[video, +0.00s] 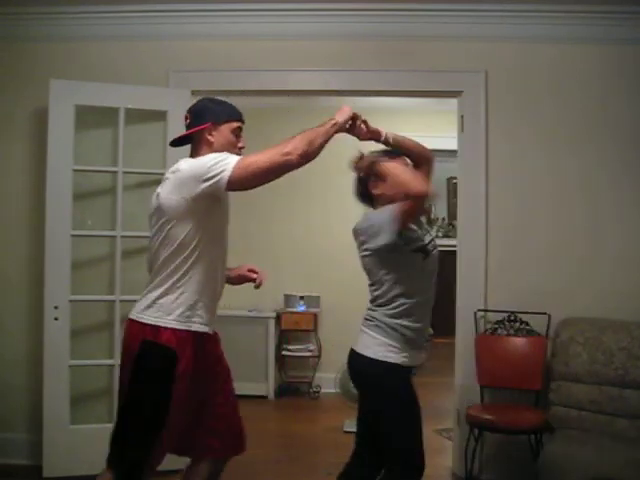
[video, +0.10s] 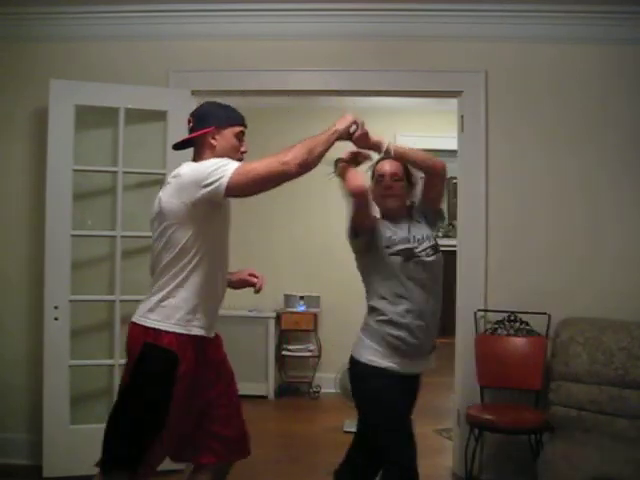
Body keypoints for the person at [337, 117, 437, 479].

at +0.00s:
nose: (409, 167)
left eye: (404, 163)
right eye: (399, 164)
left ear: (387, 185)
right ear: (378, 186)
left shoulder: (407, 219)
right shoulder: (374, 224)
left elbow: (425, 158)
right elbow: (419, 193)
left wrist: (379, 134)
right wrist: (378, 168)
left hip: (393, 361)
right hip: (379, 363)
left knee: (368, 459)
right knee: (408, 465)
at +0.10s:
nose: (388, 185)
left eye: (397, 178)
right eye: (381, 179)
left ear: (410, 187)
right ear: (372, 189)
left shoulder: (424, 222)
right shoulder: (368, 234)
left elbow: (437, 169)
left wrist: (381, 145)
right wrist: (349, 171)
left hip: (410, 368)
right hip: (375, 366)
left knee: (363, 460)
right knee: (402, 465)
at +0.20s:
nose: (378, 185)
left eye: (389, 179)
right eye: (378, 180)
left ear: (411, 190)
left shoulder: (433, 228)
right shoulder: (368, 231)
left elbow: (440, 180)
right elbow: (328, 187)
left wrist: (379, 166)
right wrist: (351, 160)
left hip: (421, 370)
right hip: (373, 367)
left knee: (384, 452)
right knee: (388, 462)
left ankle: (353, 472)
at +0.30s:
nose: (383, 187)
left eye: (393, 180)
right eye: (384, 180)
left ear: (418, 186)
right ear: (389, 188)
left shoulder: (437, 227)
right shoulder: (377, 227)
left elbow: (443, 202)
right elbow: (329, 189)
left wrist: (380, 202)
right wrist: (364, 159)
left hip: (424, 376)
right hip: (373, 371)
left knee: (403, 468)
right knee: (372, 465)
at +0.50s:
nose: (399, 183)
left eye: (409, 178)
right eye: (402, 176)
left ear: (434, 190)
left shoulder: (442, 223)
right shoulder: (407, 221)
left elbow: (473, 249)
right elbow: (390, 197)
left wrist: (422, 291)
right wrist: (383, 148)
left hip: (436, 377)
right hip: (394, 369)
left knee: (418, 469)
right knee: (384, 465)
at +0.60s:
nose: (411, 182)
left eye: (420, 176)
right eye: (412, 175)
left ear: (444, 187)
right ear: (439, 188)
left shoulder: (448, 220)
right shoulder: (427, 217)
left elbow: (487, 252)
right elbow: (414, 185)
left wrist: (456, 311)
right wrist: (402, 145)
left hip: (452, 374)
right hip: (420, 369)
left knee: (444, 470)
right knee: (396, 465)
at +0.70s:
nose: (422, 186)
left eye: (430, 178)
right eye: (424, 177)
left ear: (455, 185)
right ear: (455, 187)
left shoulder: (453, 222)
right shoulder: (455, 218)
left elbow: (504, 256)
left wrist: (494, 315)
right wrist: (430, 158)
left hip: (461, 376)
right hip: (468, 371)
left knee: (410, 466)